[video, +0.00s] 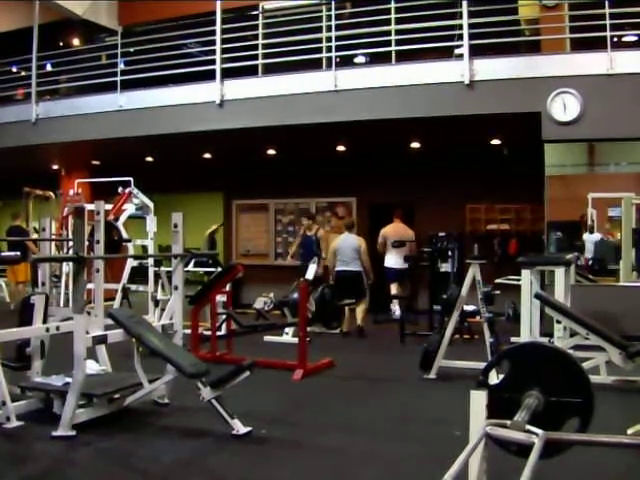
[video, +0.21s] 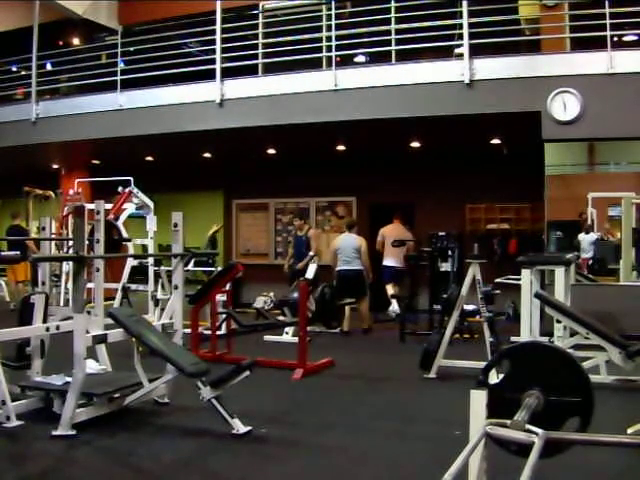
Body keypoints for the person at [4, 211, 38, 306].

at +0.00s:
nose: (21, 219)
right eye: (21, 218)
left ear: (12, 218)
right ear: (20, 218)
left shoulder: (8, 230)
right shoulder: (23, 231)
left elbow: (9, 243)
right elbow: (28, 243)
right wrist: (35, 250)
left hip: (10, 260)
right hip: (21, 260)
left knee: (12, 284)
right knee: (21, 284)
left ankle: (12, 303)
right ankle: (21, 304)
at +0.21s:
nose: (21, 218)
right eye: (20, 216)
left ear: (11, 218)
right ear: (20, 217)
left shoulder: (8, 230)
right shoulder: (23, 230)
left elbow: (8, 244)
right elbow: (29, 243)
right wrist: (37, 251)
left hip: (10, 260)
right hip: (21, 259)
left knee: (11, 283)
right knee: (21, 283)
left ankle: (13, 302)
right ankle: (22, 302)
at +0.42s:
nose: (21, 218)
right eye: (21, 216)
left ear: (11, 218)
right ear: (20, 217)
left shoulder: (8, 230)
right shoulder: (23, 230)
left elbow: (7, 243)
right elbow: (30, 243)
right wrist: (36, 251)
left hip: (10, 260)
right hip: (21, 259)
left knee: (11, 283)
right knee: (20, 283)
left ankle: (12, 302)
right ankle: (21, 303)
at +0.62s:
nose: (21, 218)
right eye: (21, 216)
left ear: (11, 218)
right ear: (20, 217)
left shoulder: (8, 230)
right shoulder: (23, 230)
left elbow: (7, 242)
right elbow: (30, 243)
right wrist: (37, 251)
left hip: (10, 258)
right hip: (21, 258)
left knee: (12, 283)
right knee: (20, 283)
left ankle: (12, 302)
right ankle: (21, 303)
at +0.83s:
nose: (20, 219)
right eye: (20, 217)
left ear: (12, 218)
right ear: (20, 217)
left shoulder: (8, 230)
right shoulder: (23, 230)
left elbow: (8, 242)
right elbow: (29, 243)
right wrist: (37, 250)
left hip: (10, 259)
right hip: (21, 258)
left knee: (11, 283)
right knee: (21, 283)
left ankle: (13, 302)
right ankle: (21, 302)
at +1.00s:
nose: (21, 218)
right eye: (21, 216)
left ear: (12, 217)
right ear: (20, 217)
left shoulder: (9, 229)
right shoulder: (23, 230)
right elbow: (29, 243)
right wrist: (36, 250)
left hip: (10, 258)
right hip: (21, 258)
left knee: (11, 281)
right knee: (20, 282)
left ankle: (10, 299)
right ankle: (20, 302)